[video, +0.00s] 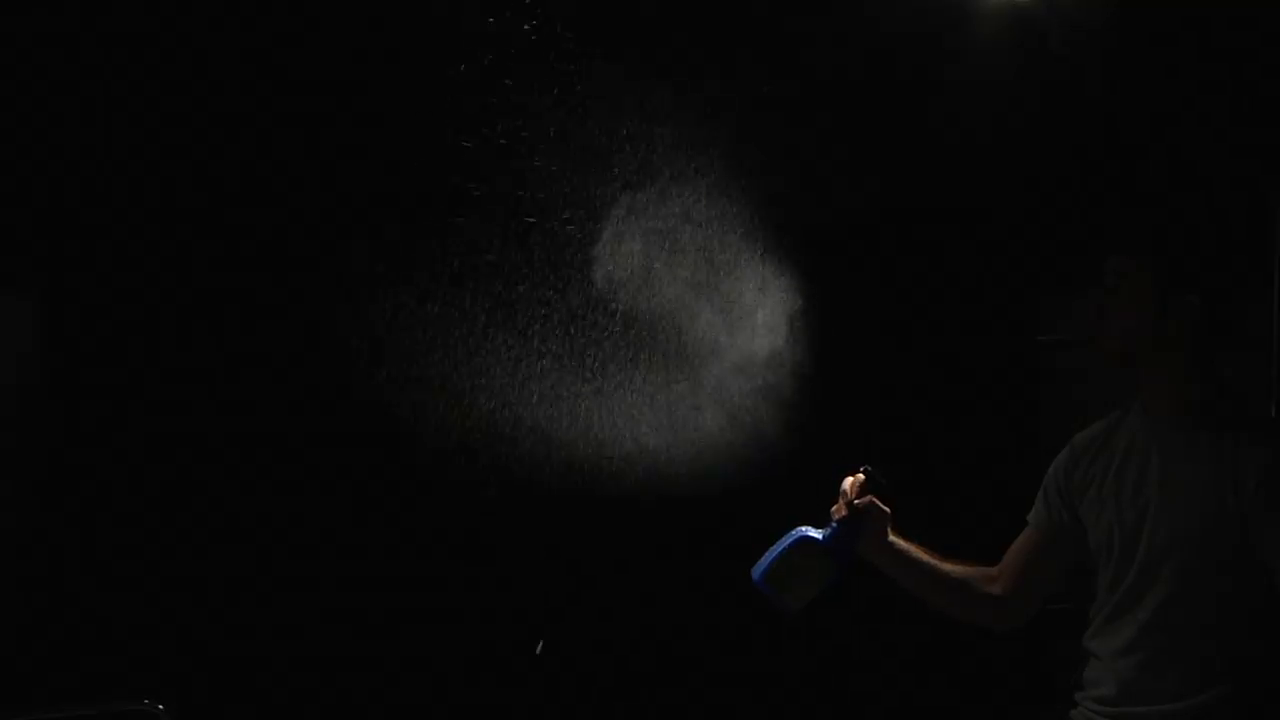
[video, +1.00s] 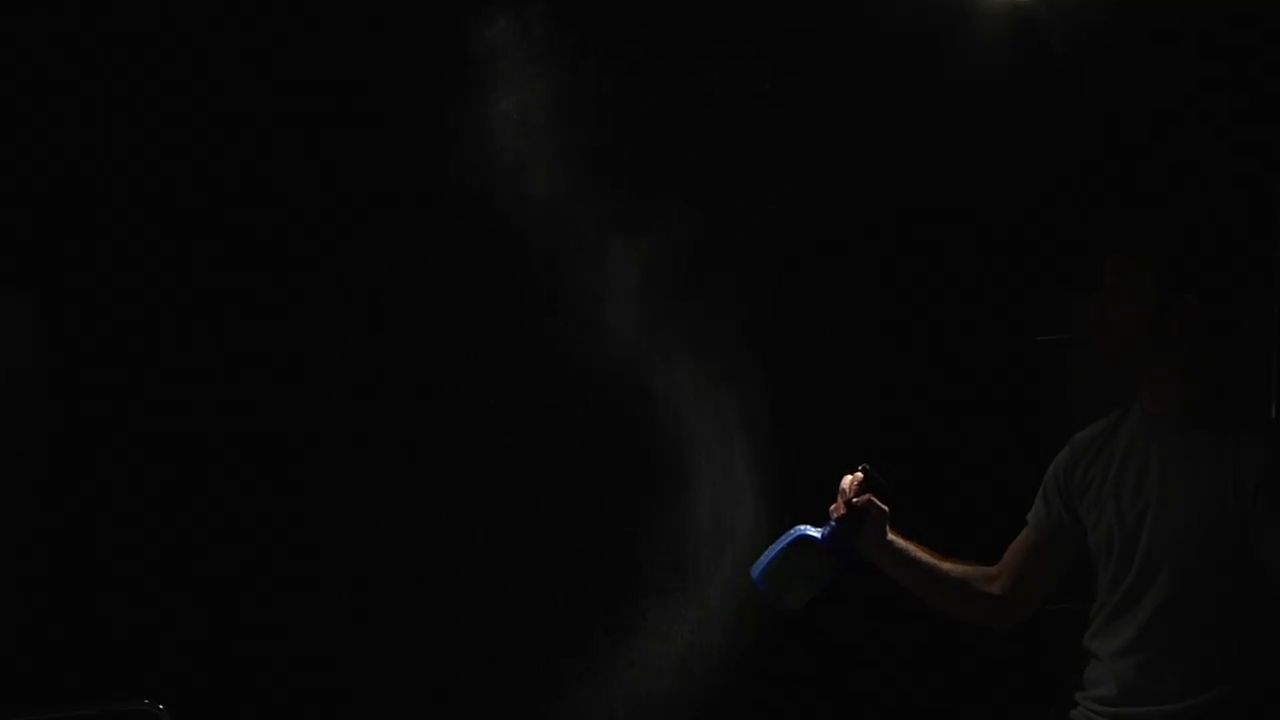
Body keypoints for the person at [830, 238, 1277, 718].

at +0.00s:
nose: (1103, 309)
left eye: (1123, 291)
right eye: (1110, 292)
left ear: (1179, 311)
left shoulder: (1246, 445)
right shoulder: (1093, 456)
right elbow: (1005, 595)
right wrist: (882, 545)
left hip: (1218, 696)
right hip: (1107, 697)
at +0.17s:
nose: (1103, 311)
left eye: (1123, 293)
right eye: (1109, 293)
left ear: (1179, 311)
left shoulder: (1247, 446)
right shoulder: (1093, 457)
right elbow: (1004, 595)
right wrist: (881, 544)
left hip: (1219, 696)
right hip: (1107, 697)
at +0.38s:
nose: (1103, 312)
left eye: (1123, 295)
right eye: (1109, 295)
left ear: (1179, 311)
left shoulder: (1247, 447)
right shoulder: (1093, 457)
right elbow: (1004, 595)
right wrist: (881, 544)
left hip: (1218, 698)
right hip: (1106, 699)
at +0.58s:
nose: (1101, 309)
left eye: (1121, 290)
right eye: (1107, 290)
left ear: (1179, 310)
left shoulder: (1246, 447)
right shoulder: (1091, 457)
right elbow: (1003, 595)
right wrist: (881, 544)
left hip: (1217, 698)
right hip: (1106, 699)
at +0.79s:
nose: (1101, 311)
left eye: (1122, 292)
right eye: (1108, 292)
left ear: (1180, 311)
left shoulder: (1247, 447)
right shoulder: (1091, 457)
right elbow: (1003, 595)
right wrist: (880, 543)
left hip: (1216, 699)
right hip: (1106, 700)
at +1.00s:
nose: (1101, 311)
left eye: (1123, 292)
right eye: (1108, 292)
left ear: (1181, 309)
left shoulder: (1247, 444)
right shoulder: (1092, 457)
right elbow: (1003, 595)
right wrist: (880, 543)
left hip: (1219, 697)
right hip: (1107, 698)